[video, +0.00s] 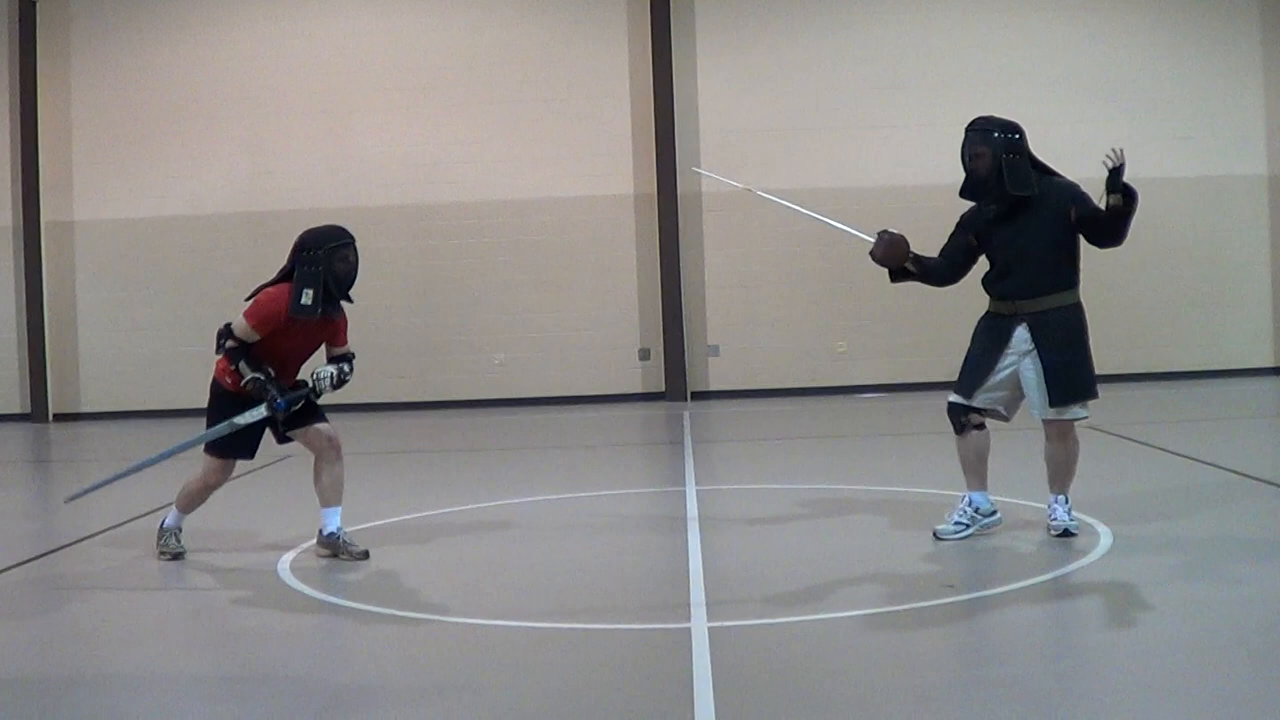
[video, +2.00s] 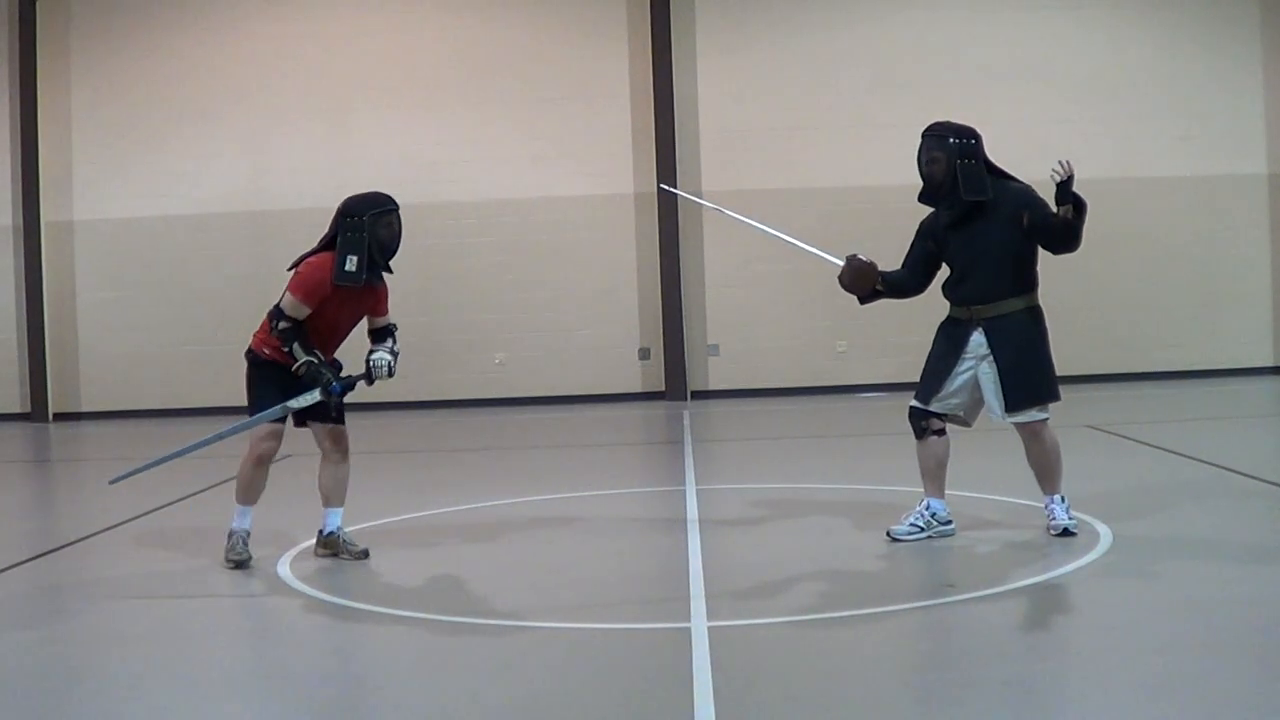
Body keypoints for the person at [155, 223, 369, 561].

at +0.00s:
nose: (349, 267)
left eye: (351, 259)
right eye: (341, 259)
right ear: (317, 263)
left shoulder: (333, 312)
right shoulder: (275, 301)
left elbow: (342, 360)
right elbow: (229, 343)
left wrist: (332, 374)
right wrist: (258, 382)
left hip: (283, 389)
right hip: (236, 387)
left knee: (328, 443)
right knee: (215, 474)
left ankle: (331, 534)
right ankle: (170, 525)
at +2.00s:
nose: (394, 235)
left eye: (395, 227)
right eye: (386, 227)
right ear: (360, 229)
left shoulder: (374, 283)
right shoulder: (320, 270)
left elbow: (381, 330)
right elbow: (280, 324)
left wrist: (383, 352)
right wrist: (309, 364)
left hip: (319, 366)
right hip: (272, 360)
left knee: (336, 444)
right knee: (266, 445)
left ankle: (331, 533)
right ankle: (239, 532)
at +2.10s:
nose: (389, 230)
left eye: (391, 222)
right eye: (381, 222)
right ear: (355, 224)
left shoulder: (373, 278)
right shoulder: (317, 266)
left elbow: (380, 325)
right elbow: (280, 320)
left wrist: (383, 349)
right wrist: (311, 364)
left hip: (319, 363)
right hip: (273, 359)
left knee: (335, 445)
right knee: (266, 445)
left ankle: (331, 534)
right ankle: (246, 540)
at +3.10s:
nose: (391, 202)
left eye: (391, 193)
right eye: (382, 193)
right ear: (356, 198)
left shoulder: (369, 257)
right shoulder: (324, 247)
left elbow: (368, 317)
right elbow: (302, 316)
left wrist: (391, 348)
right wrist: (342, 365)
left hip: (334, 372)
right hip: (287, 372)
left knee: (368, 459)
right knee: (283, 473)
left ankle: (386, 555)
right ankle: (261, 541)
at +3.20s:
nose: (410, 202)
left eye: (410, 192)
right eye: (401, 193)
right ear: (375, 198)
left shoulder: (384, 258)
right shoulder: (340, 246)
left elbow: (386, 320)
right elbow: (317, 318)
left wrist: (407, 350)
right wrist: (360, 367)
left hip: (343, 370)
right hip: (296, 369)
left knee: (379, 457)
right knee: (298, 468)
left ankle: (387, 556)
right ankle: (272, 535)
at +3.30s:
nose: (423, 199)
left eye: (421, 189)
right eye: (414, 190)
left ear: (393, 197)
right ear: (388, 195)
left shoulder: (395, 256)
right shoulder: (350, 245)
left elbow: (399, 318)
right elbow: (326, 316)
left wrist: (420, 350)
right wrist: (365, 364)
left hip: (350, 367)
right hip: (304, 365)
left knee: (382, 458)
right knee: (318, 462)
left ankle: (387, 558)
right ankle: (287, 551)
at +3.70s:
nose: (453, 201)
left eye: (451, 192)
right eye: (446, 193)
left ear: (412, 201)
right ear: (425, 201)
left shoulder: (417, 250)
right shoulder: (394, 254)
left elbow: (437, 291)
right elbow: (372, 330)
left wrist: (467, 312)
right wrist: (422, 361)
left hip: (371, 374)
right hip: (333, 373)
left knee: (427, 445)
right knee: (352, 481)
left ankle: (459, 544)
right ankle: (299, 571)